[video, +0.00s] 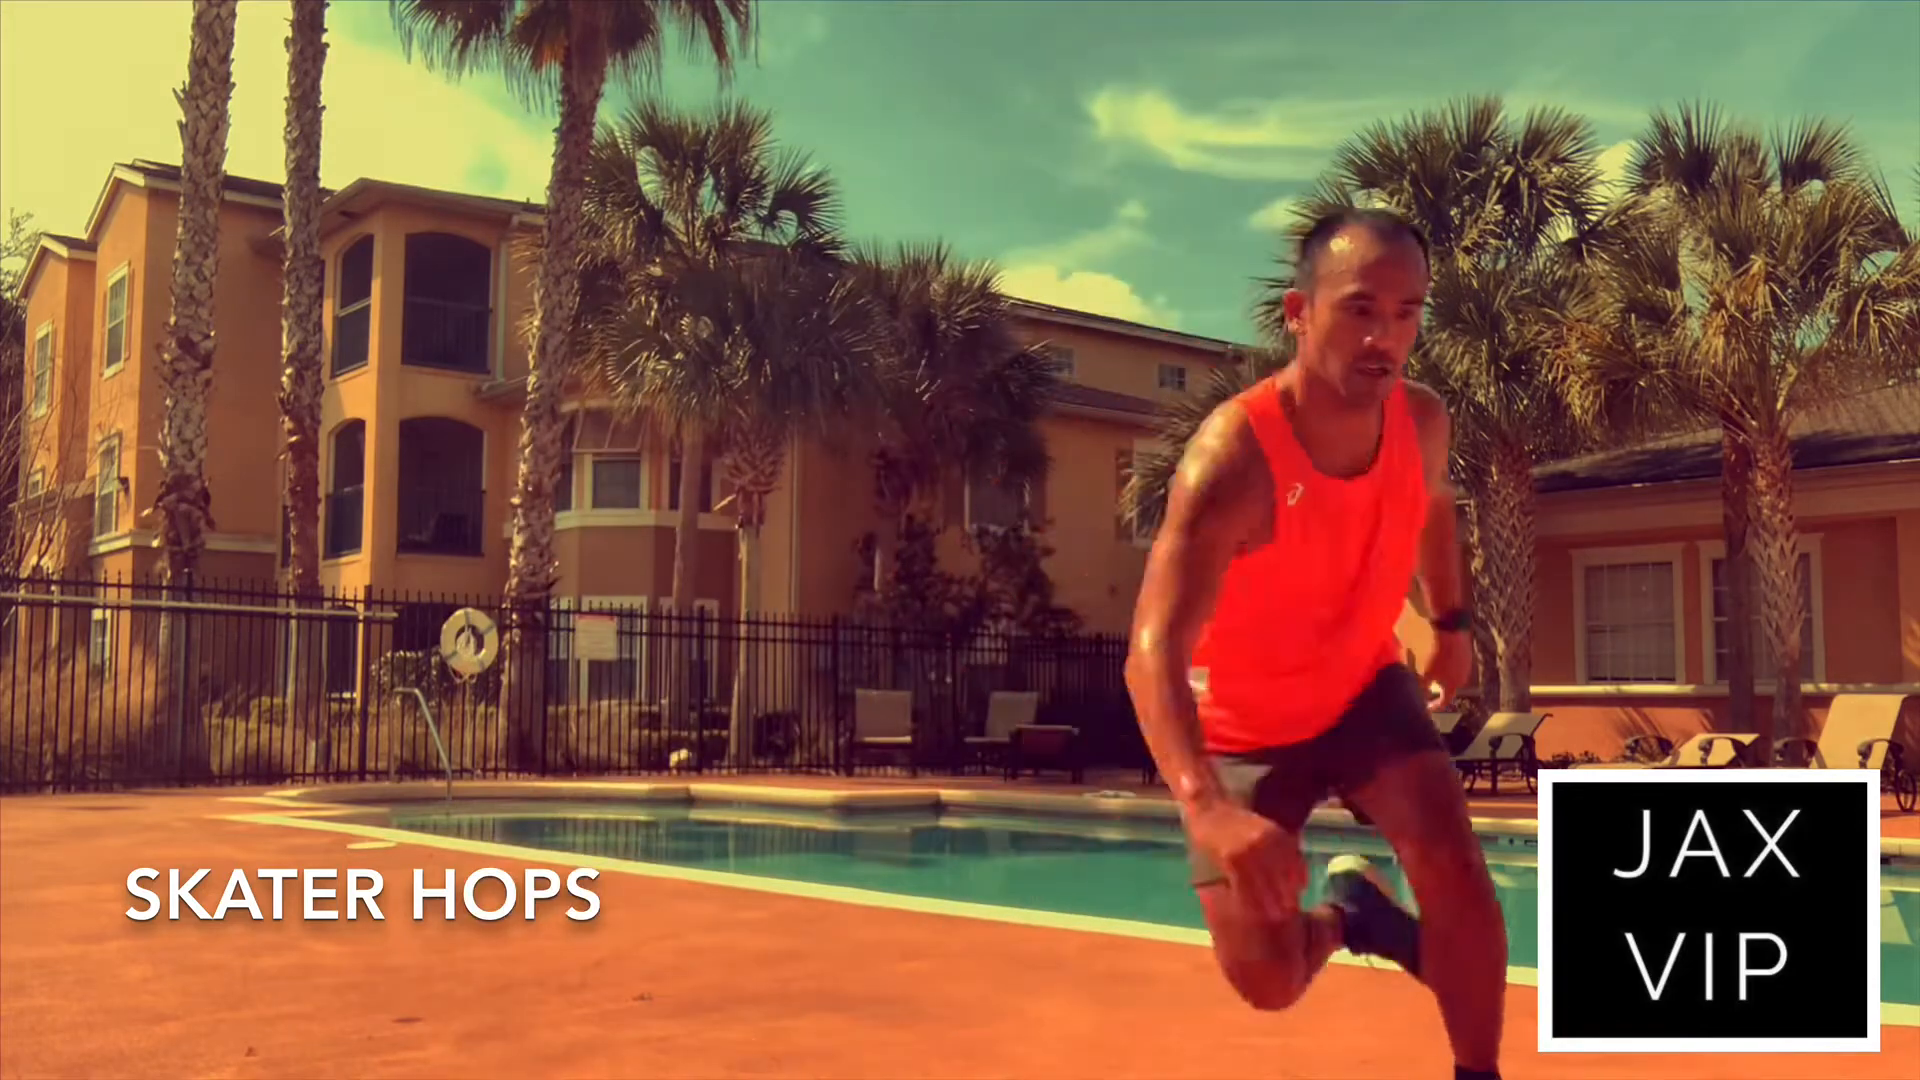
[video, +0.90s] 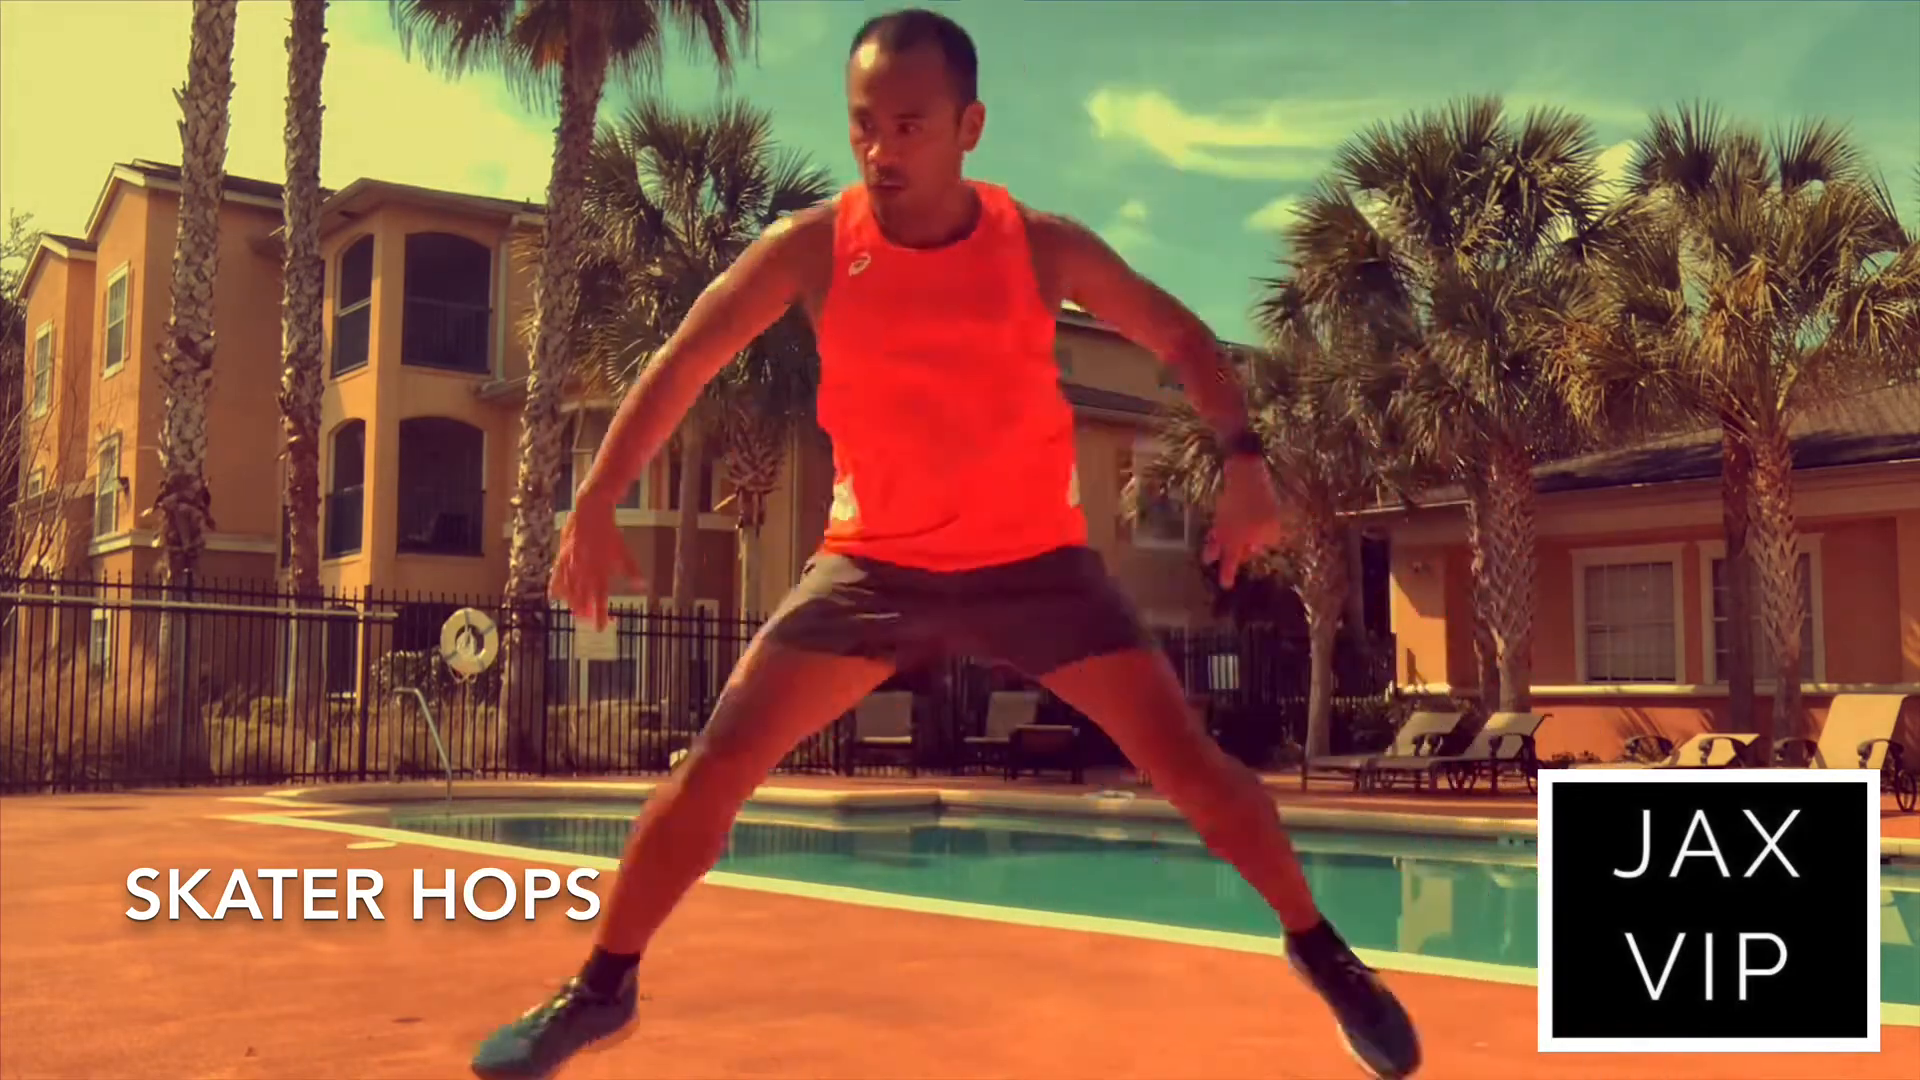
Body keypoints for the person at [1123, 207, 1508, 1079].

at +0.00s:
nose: (1385, 336)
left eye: (1404, 312)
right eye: (1360, 309)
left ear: (1420, 322)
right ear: (1298, 314)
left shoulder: (1420, 424)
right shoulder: (1231, 452)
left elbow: (1433, 514)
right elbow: (1152, 648)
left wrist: (1453, 622)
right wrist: (1206, 807)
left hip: (1363, 689)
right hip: (1237, 727)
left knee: (1456, 873)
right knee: (1266, 984)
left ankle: (1478, 1072)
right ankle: (1350, 910)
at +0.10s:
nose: (1443, 390)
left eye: (1461, 366)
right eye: (1417, 362)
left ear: (1476, 375)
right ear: (1351, 371)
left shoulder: (1456, 464)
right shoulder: (1300, 513)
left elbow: (1449, 538)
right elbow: (1303, 736)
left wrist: (1473, 600)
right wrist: (1449, 881)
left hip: (1406, 704)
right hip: (1285, 751)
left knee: (1466, 880)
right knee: (1405, 997)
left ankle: (1477, 1075)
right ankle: (1494, 966)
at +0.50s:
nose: (1406, 356)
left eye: (1430, 332)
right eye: (1381, 327)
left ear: (1457, 351)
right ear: (1331, 337)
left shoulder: (1461, 481)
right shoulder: (1268, 483)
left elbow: (1512, 603)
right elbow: (1255, 701)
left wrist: (1585, 712)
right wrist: (1378, 846)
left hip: (1415, 704)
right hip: (1300, 752)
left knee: (1491, 903)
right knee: (1452, 960)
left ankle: (1487, 1073)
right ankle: (1593, 1013)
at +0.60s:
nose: (1317, 287)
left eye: (1343, 265)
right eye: (1295, 264)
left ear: (1379, 287)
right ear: (1259, 284)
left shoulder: (1419, 438)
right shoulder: (1192, 429)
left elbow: (1493, 589)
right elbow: (1092, 606)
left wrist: (1567, 720)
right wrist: (1112, 758)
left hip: (1373, 676)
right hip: (1240, 720)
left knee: (1457, 866)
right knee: (1324, 970)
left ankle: (1483, 1071)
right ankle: (1380, 926)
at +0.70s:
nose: (1181, 236)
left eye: (1208, 213)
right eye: (1161, 214)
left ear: (1253, 230)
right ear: (1134, 231)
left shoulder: (1317, 354)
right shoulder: (1080, 362)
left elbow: (1448, 459)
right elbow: (901, 450)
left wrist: (1447, 551)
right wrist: (840, 592)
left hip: (1312, 655)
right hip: (1154, 663)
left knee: (1427, 863)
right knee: (1080, 867)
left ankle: (1483, 1069)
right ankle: (1135, 908)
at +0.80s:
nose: (1030, 174)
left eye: (1057, 152)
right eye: (1012, 149)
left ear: (1107, 155)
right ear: (988, 146)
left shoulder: (1174, 265)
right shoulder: (943, 268)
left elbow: (1312, 319)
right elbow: (775, 355)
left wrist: (1329, 431)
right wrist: (678, 494)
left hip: (1191, 603)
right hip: (1022, 595)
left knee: (1330, 813)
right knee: (856, 743)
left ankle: (1476, 1046)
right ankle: (857, 929)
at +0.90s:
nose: (875, 148)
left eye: (902, 124)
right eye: (861, 122)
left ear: (968, 122)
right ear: (845, 118)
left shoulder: (1041, 249)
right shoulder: (811, 249)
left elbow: (1194, 348)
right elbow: (680, 368)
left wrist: (1243, 459)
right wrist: (590, 510)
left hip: (1039, 572)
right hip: (868, 574)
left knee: (1189, 766)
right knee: (718, 763)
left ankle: (1319, 949)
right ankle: (601, 983)